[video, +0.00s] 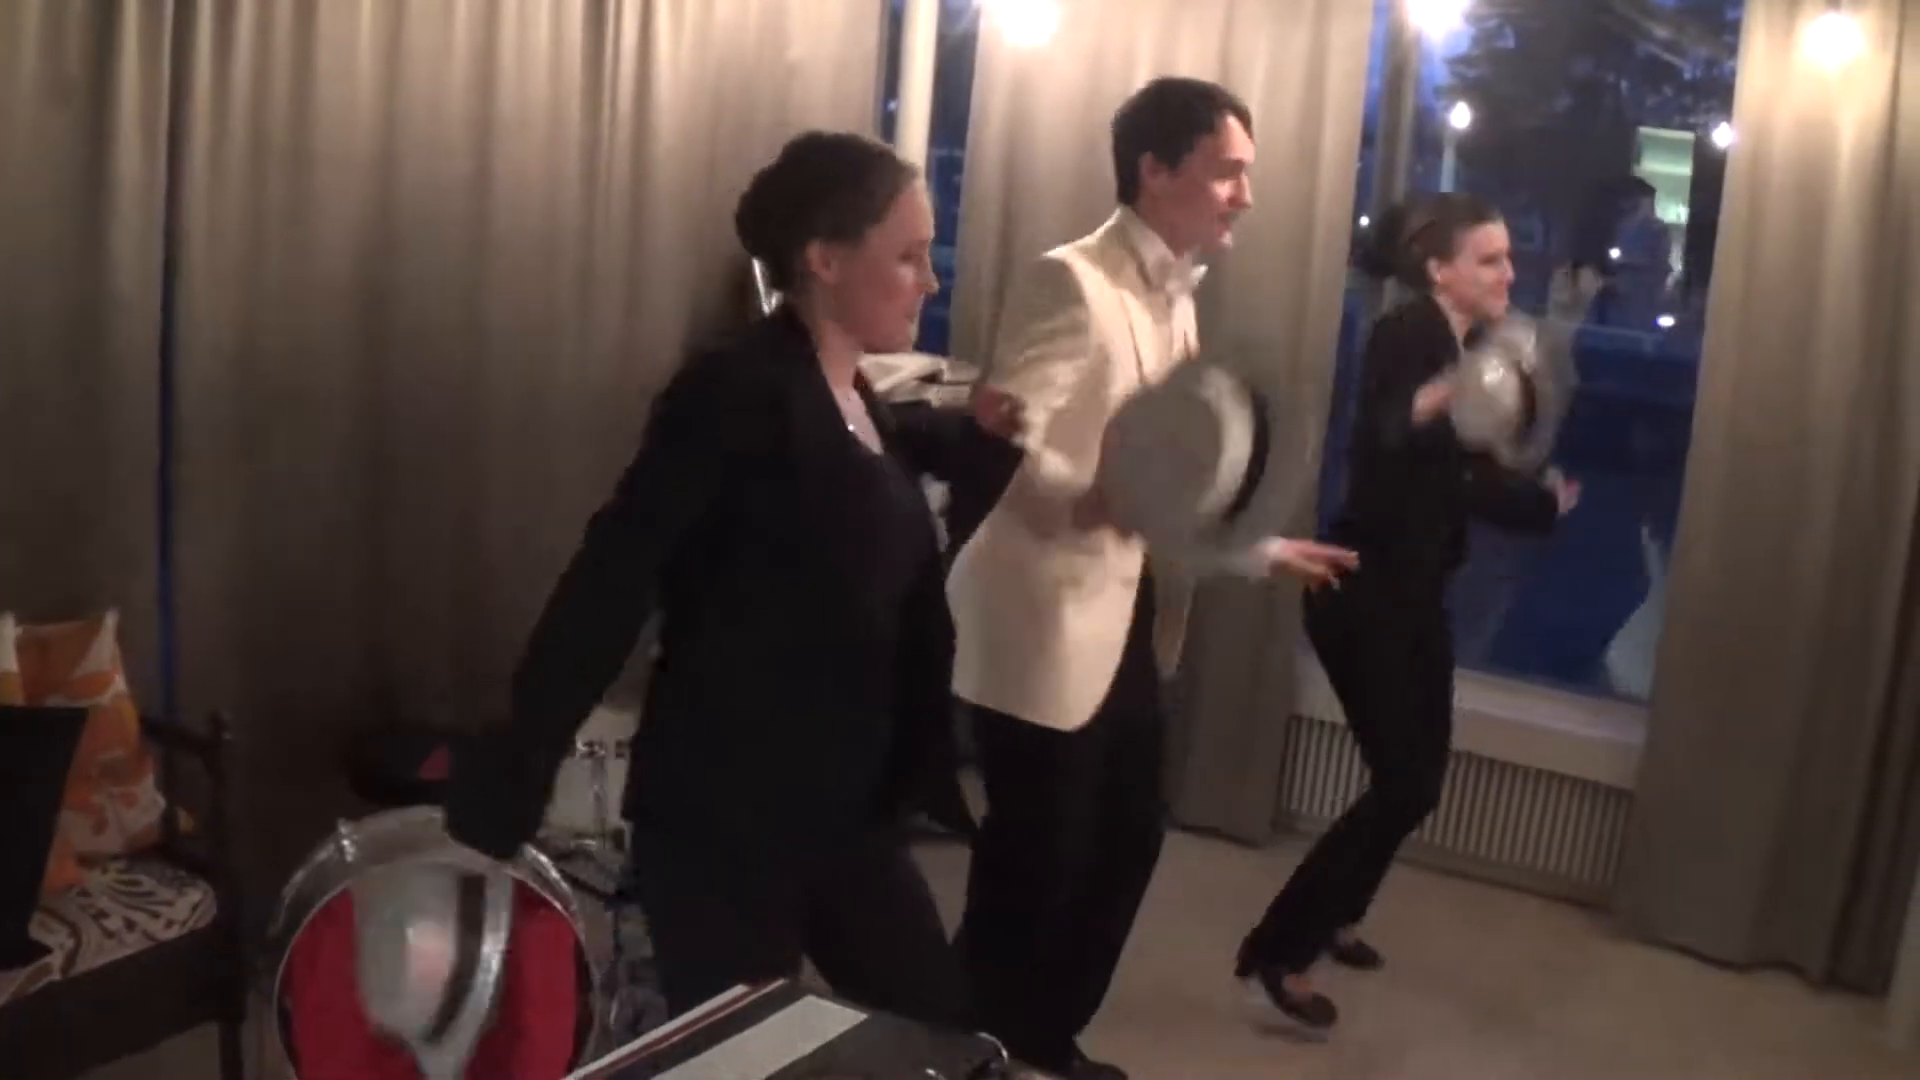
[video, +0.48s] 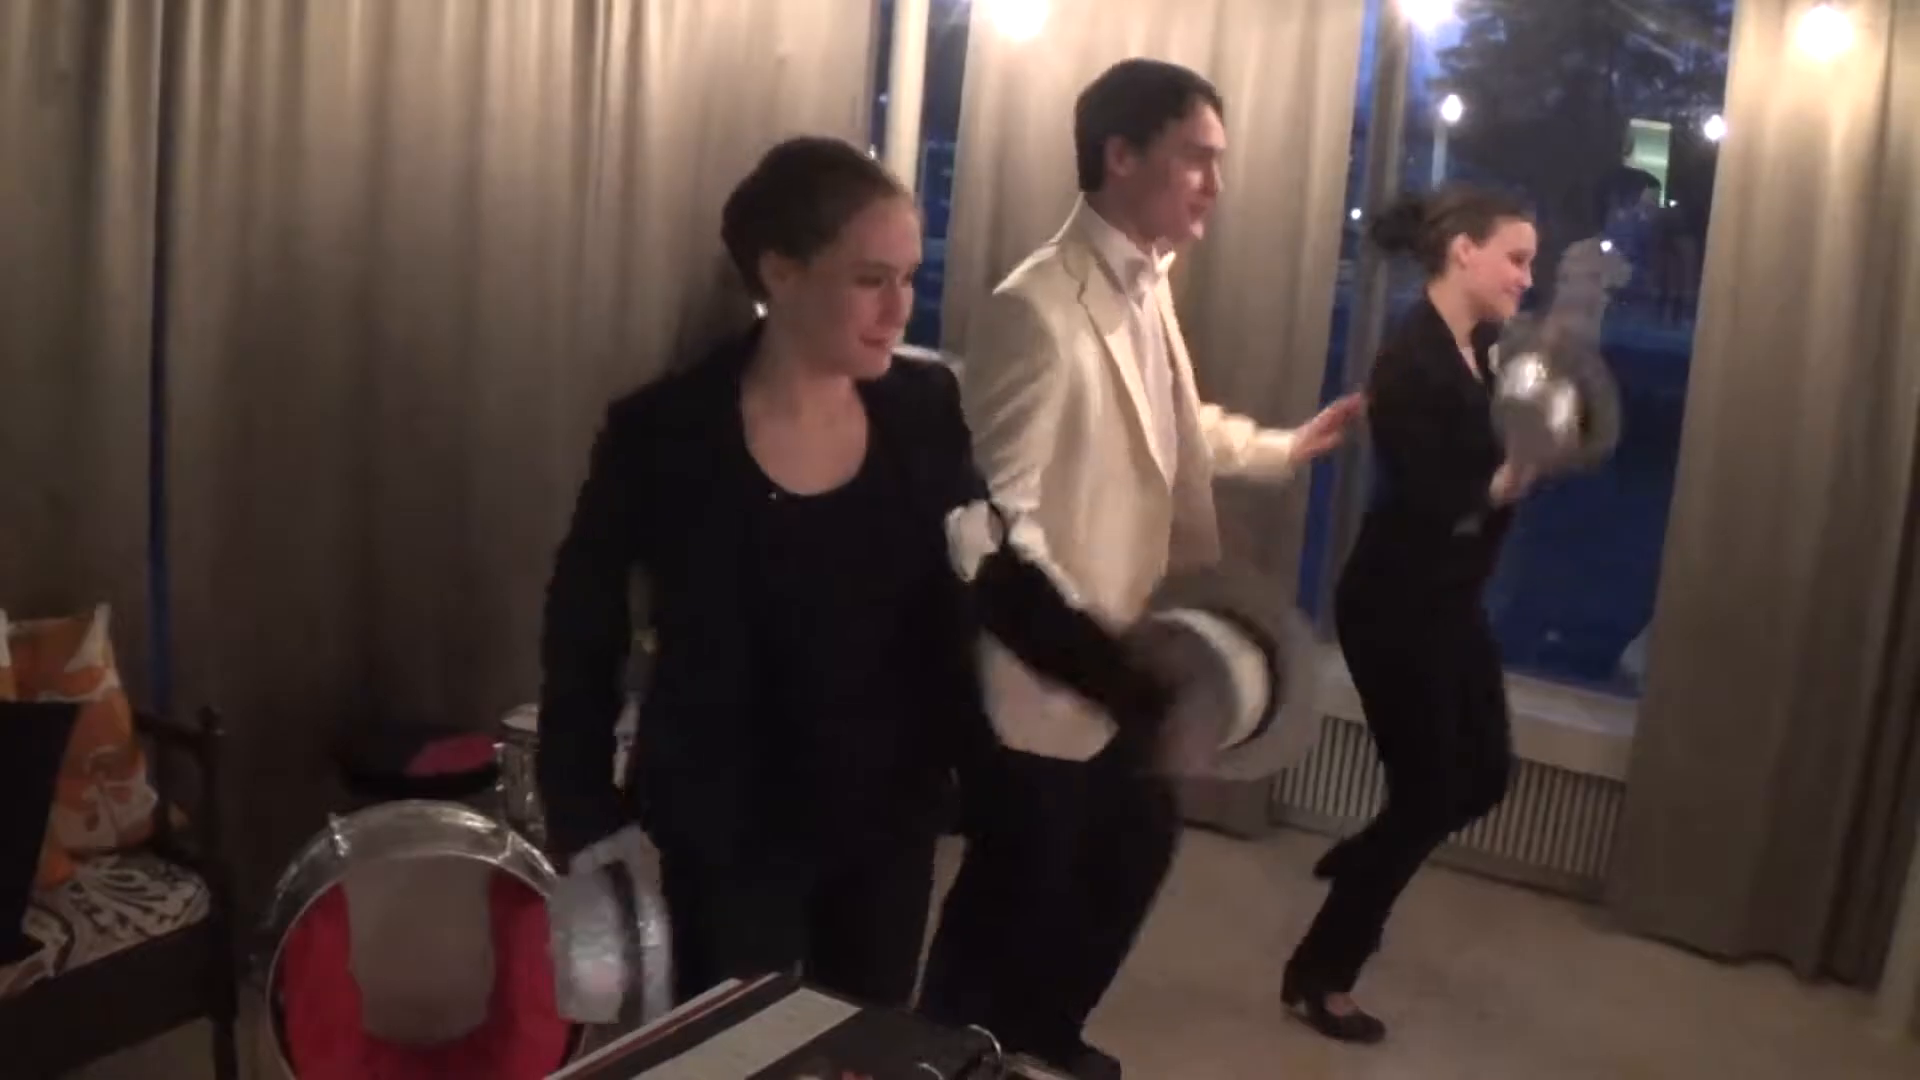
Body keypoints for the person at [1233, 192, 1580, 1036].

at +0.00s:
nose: (1507, 275)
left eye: (1507, 260)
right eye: (1490, 261)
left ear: (1475, 273)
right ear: (1439, 269)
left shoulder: (1469, 349)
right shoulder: (1409, 337)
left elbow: (1467, 474)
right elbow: (1385, 446)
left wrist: (1542, 496)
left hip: (1411, 589)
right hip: (1368, 590)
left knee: (1413, 777)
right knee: (1405, 783)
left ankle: (1327, 919)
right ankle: (1277, 950)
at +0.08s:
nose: (1504, 278)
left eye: (1504, 263)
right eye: (1488, 264)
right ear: (1435, 270)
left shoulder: (1468, 357)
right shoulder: (1396, 356)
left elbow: (1490, 472)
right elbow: (1369, 484)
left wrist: (1553, 420)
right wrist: (1421, 504)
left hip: (1416, 589)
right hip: (1365, 589)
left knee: (1401, 766)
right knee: (1437, 775)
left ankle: (1324, 911)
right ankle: (1294, 899)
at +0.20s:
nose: (1503, 283)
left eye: (1506, 268)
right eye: (1490, 267)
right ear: (1435, 268)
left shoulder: (1464, 358)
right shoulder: (1394, 371)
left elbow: (1505, 406)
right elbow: (1374, 507)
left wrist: (1552, 314)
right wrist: (1419, 577)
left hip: (1416, 597)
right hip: (1369, 597)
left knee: (1391, 762)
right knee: (1454, 773)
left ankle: (1320, 906)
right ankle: (1316, 908)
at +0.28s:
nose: (1507, 281)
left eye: (1510, 267)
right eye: (1496, 263)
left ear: (1468, 273)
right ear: (1441, 261)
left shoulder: (1464, 355)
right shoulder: (1395, 372)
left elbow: (1512, 377)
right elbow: (1371, 509)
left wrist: (1552, 284)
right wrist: (1422, 578)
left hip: (1420, 600)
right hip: (1375, 599)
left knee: (1378, 771)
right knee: (1448, 782)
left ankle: (1314, 924)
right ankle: (1332, 938)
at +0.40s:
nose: (1518, 284)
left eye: (1521, 268)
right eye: (1506, 264)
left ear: (1464, 268)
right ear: (1449, 258)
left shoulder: (1463, 353)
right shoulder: (1401, 376)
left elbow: (1497, 392)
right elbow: (1395, 536)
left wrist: (1546, 314)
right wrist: (1465, 556)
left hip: (1441, 598)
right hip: (1390, 603)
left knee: (1417, 774)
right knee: (1431, 799)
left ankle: (1324, 888)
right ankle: (1321, 972)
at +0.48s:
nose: (1526, 279)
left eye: (1530, 263)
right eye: (1516, 260)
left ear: (1473, 260)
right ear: (1463, 253)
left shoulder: (1477, 349)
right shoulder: (1412, 360)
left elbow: (1494, 448)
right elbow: (1434, 498)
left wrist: (1550, 370)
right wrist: (1515, 473)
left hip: (1449, 600)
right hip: (1393, 602)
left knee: (1483, 776)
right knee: (1426, 789)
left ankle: (1357, 862)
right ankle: (1319, 973)